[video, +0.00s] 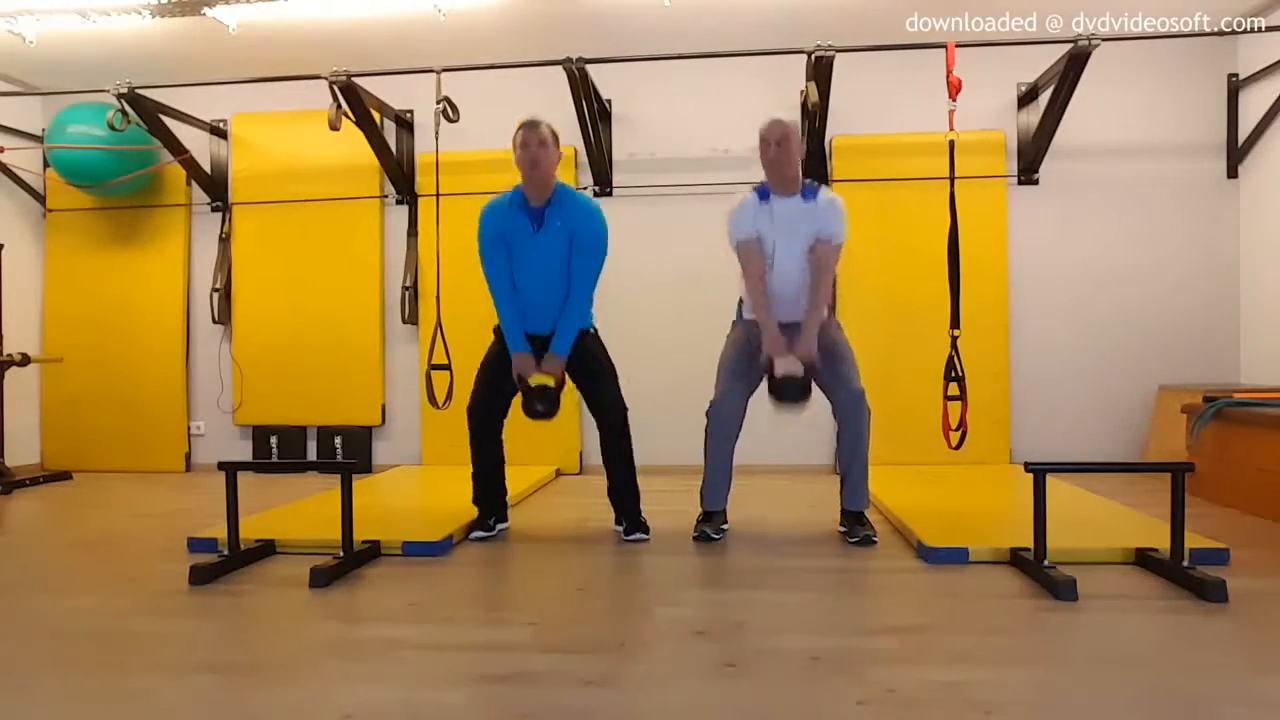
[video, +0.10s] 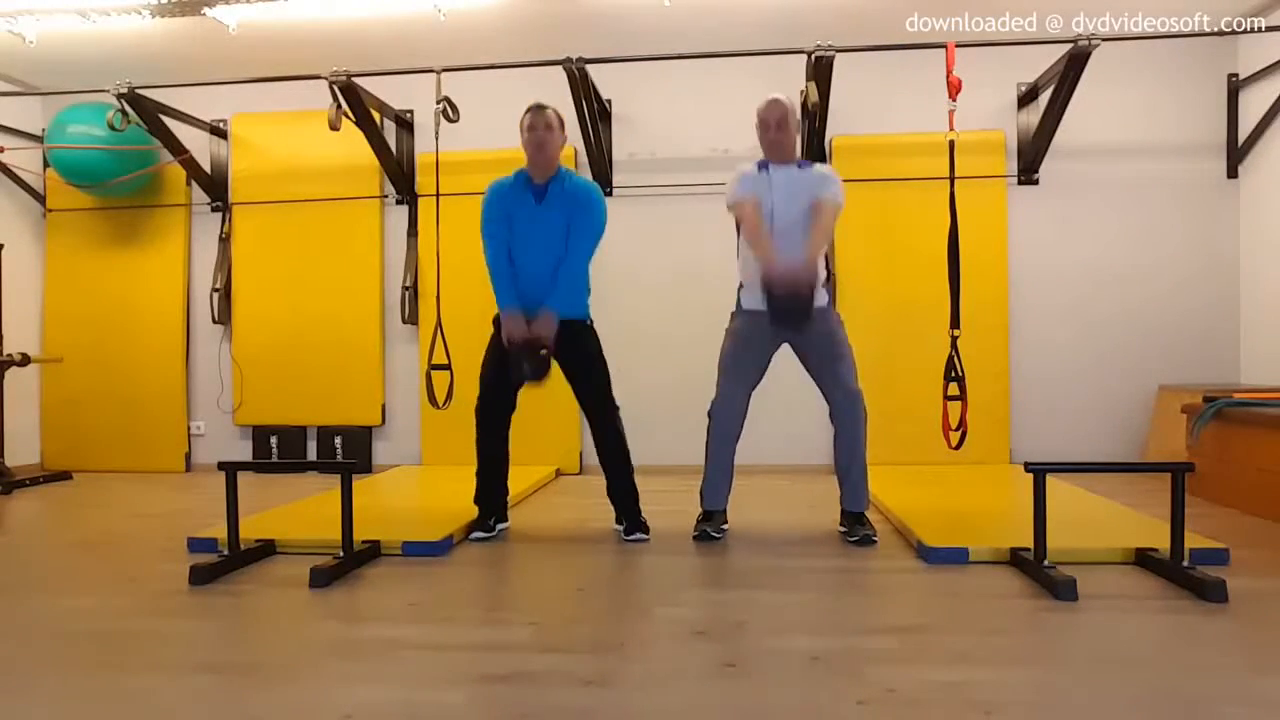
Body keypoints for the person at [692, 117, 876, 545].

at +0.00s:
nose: (774, 149)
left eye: (783, 141)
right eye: (767, 143)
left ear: (801, 150)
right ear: (759, 154)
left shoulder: (828, 205)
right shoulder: (746, 209)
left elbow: (824, 275)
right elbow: (754, 278)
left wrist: (810, 332)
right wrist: (769, 331)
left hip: (815, 322)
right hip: (757, 323)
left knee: (853, 403)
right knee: (724, 407)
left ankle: (854, 512)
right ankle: (713, 512)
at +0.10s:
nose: (775, 132)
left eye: (782, 124)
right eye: (767, 126)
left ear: (797, 129)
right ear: (757, 132)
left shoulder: (824, 176)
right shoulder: (745, 179)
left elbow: (823, 225)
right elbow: (752, 228)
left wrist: (807, 267)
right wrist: (774, 269)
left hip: (812, 312)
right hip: (756, 312)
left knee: (849, 404)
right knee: (727, 405)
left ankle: (854, 512)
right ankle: (713, 511)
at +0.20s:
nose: (772, 127)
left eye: (779, 120)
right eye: (765, 121)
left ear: (795, 124)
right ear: (755, 127)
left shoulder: (818, 162)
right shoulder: (745, 171)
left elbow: (827, 181)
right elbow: (741, 188)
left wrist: (784, 189)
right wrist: (778, 195)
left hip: (811, 306)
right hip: (755, 308)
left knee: (843, 407)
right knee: (730, 409)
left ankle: (854, 512)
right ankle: (713, 511)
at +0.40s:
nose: (785, 126)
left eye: (792, 119)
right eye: (778, 119)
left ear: (805, 117)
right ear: (761, 115)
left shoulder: (819, 162)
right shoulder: (744, 166)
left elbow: (825, 165)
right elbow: (738, 167)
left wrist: (811, 116)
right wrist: (755, 120)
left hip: (811, 301)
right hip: (754, 303)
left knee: (839, 407)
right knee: (732, 408)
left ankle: (854, 513)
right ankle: (713, 511)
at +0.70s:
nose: (777, 112)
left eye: (784, 106)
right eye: (769, 107)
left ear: (798, 118)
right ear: (757, 120)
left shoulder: (818, 161)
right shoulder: (746, 167)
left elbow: (830, 177)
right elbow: (739, 177)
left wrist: (805, 159)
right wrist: (771, 157)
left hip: (813, 308)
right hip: (755, 309)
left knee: (843, 409)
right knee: (728, 411)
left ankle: (854, 512)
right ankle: (713, 511)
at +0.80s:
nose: (776, 112)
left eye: (784, 108)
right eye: (768, 109)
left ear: (798, 125)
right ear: (756, 127)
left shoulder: (821, 171)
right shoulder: (743, 176)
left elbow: (826, 206)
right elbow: (744, 206)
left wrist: (801, 229)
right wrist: (772, 228)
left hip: (811, 316)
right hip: (753, 317)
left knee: (850, 411)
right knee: (721, 413)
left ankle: (854, 513)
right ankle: (713, 511)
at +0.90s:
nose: (777, 127)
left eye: (784, 122)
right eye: (768, 123)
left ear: (798, 138)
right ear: (756, 142)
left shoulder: (822, 192)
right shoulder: (741, 200)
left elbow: (826, 256)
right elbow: (747, 262)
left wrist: (808, 302)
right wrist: (772, 309)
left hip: (812, 321)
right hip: (754, 322)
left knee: (855, 405)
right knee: (715, 410)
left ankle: (855, 512)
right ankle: (712, 511)